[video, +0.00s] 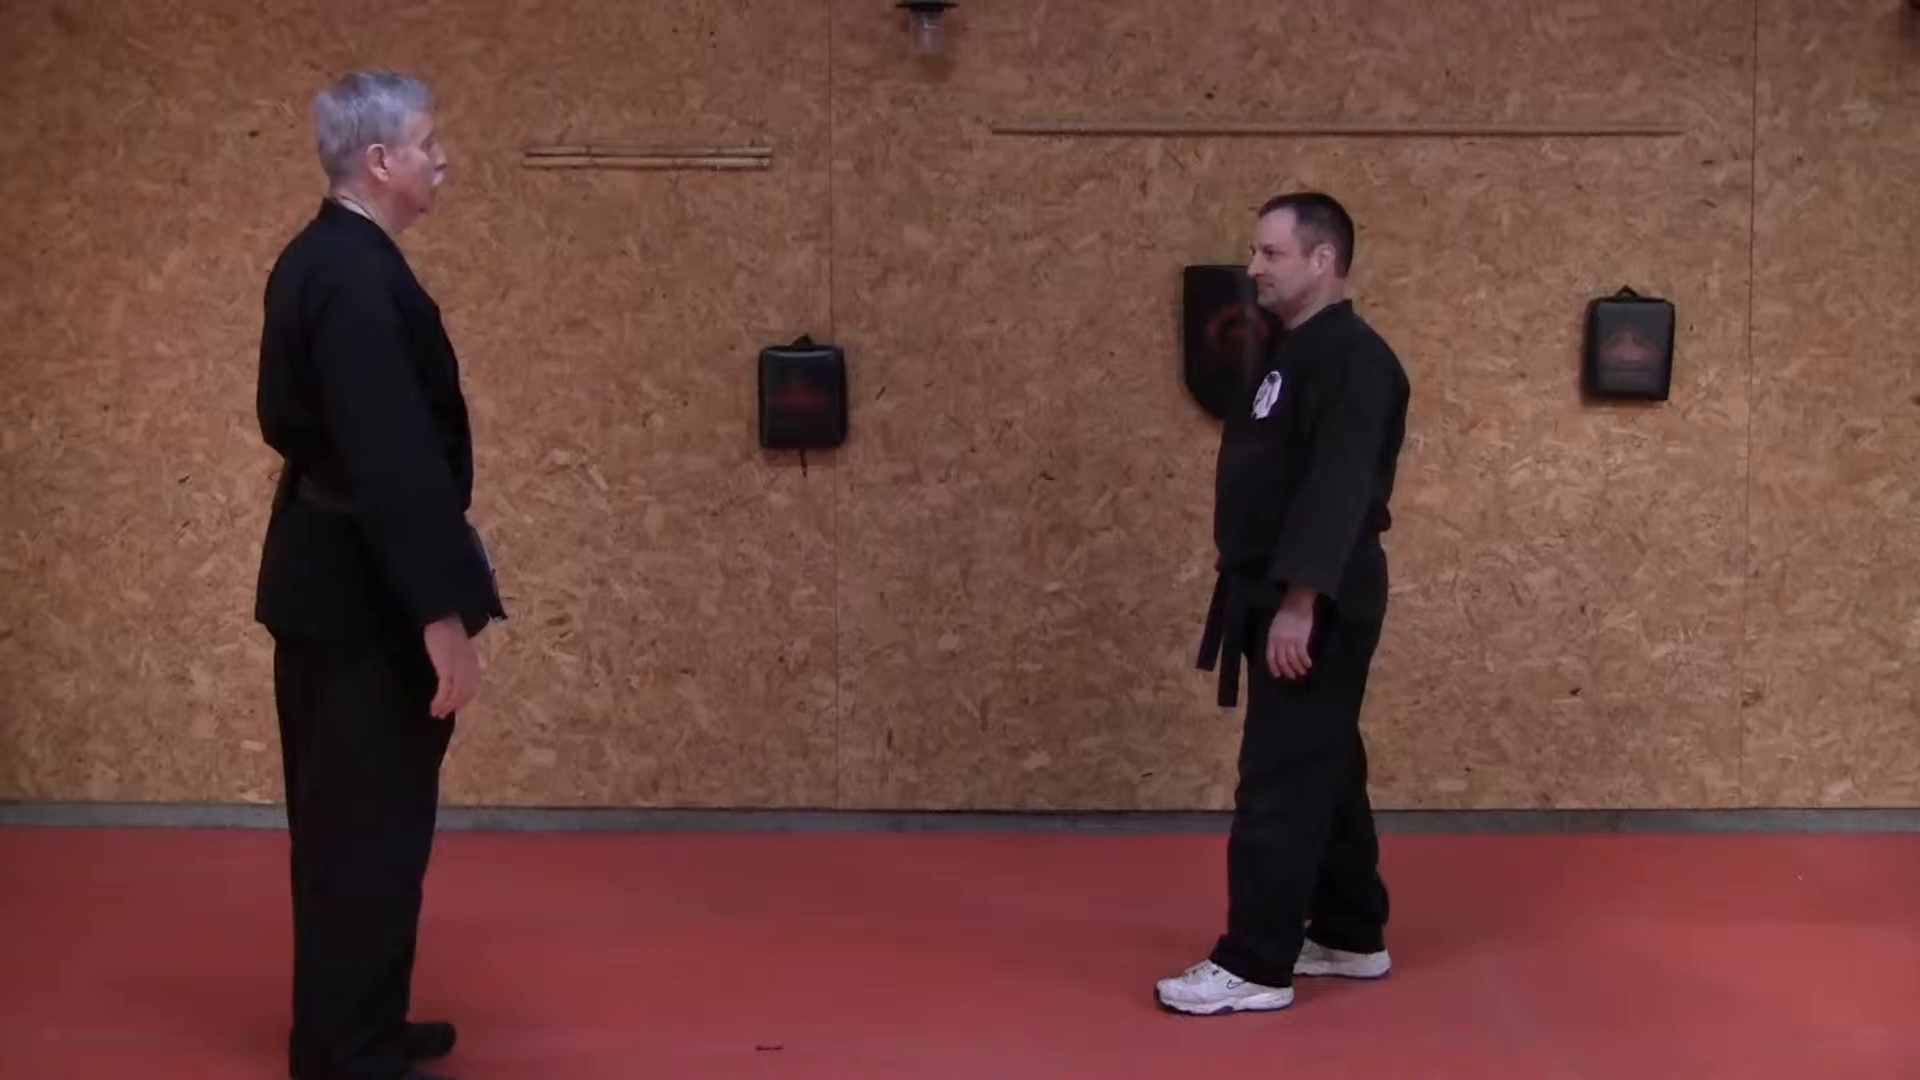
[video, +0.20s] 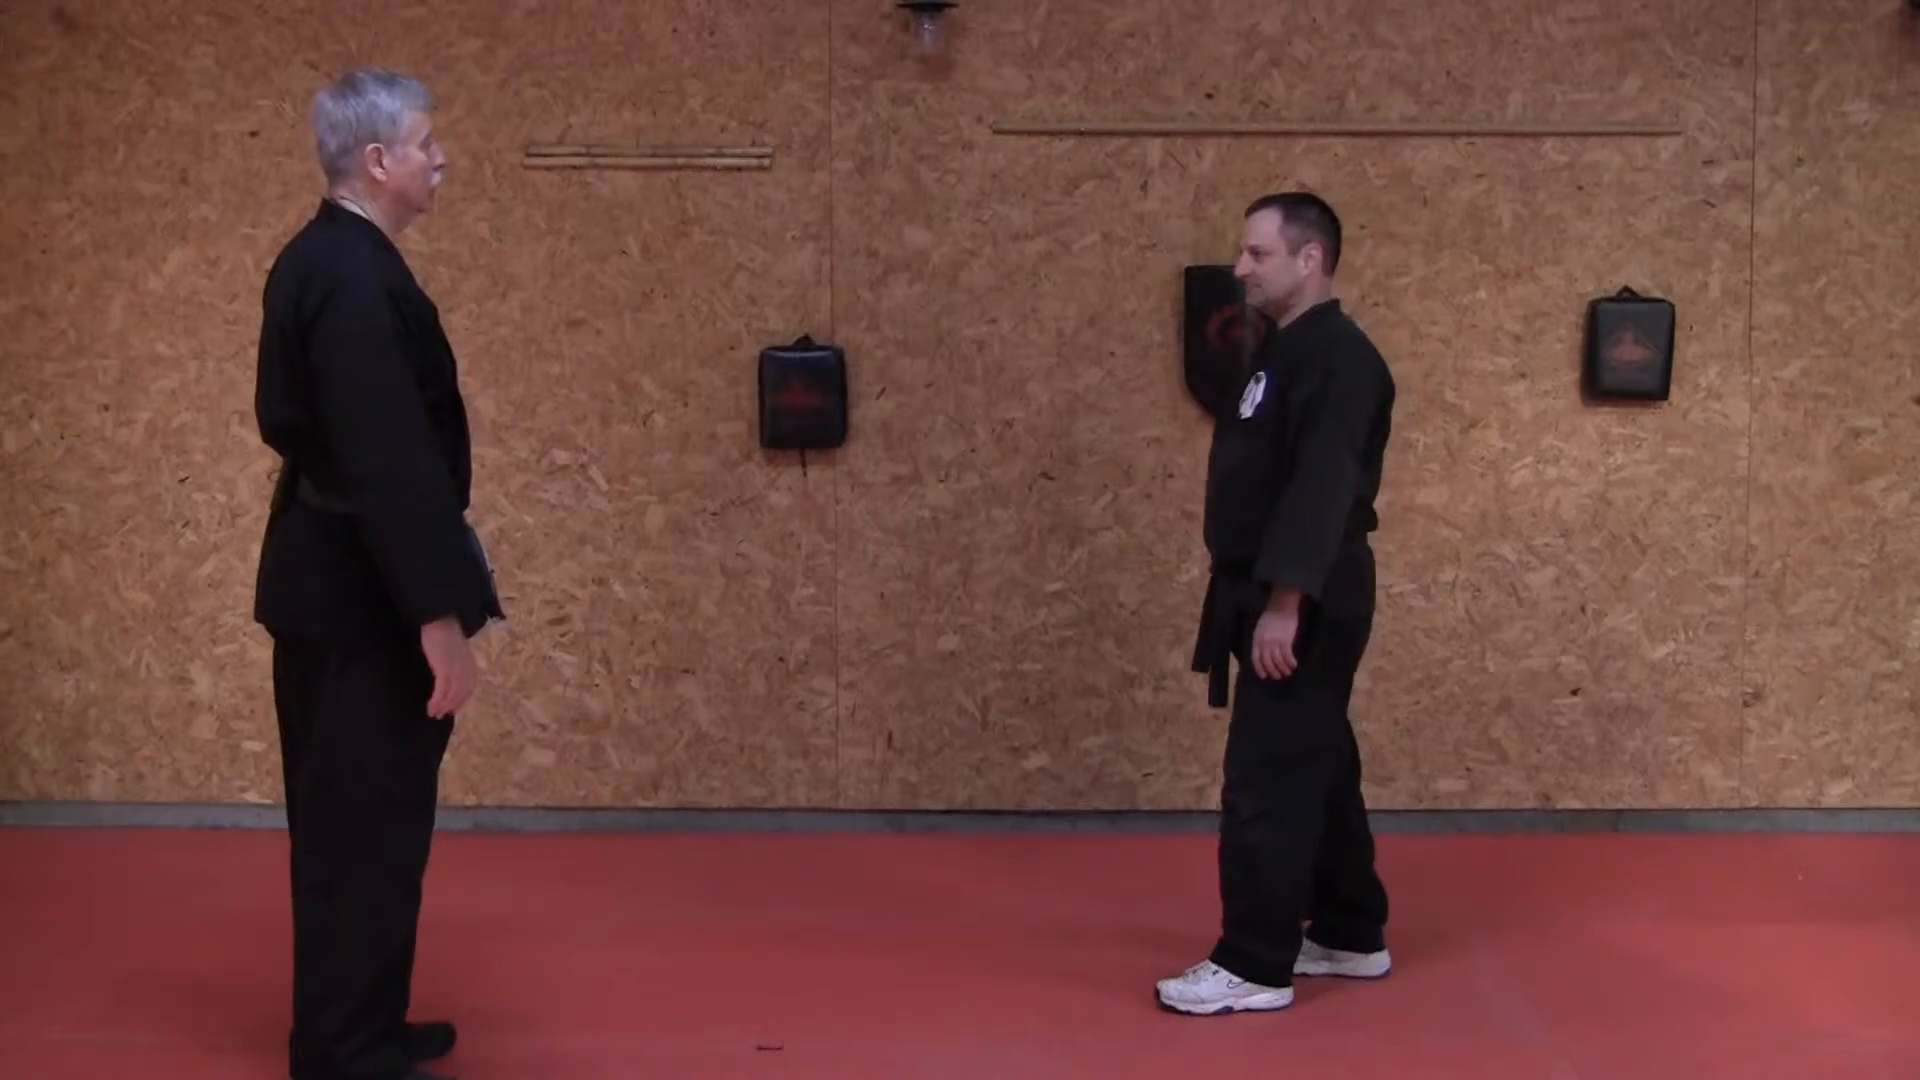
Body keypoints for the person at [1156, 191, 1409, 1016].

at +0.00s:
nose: (1256, 268)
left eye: (1272, 254)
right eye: (1255, 253)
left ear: (1326, 261)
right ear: (1302, 262)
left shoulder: (1355, 358)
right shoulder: (1293, 353)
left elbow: (1339, 489)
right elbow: (1280, 478)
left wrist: (1301, 599)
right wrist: (1249, 591)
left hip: (1320, 603)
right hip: (1286, 596)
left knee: (1279, 781)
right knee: (1322, 769)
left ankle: (1255, 962)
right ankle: (1350, 935)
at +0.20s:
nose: (1242, 269)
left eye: (1258, 254)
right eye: (1241, 254)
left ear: (1311, 259)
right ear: (1295, 261)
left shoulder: (1339, 356)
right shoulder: (1288, 351)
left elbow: (1322, 490)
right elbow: (1275, 474)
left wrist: (1285, 599)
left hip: (1308, 601)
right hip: (1282, 595)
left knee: (1265, 781)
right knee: (1316, 768)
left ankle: (1253, 963)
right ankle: (1351, 935)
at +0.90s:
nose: (1084, 293)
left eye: (1099, 278)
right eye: (1084, 277)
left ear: (1156, 281)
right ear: (1139, 283)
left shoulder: (1174, 369)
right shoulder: (1135, 366)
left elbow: (1165, 499)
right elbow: (1101, 442)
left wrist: (1110, 603)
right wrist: (1023, 411)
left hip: (1146, 627)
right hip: (1146, 627)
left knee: (1060, 782)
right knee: (1231, 777)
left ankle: (1026, 973)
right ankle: (1329, 913)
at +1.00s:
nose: (1033, 286)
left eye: (1049, 272)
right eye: (1033, 271)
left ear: (1106, 277)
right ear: (1079, 277)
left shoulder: (1129, 381)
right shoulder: (1061, 367)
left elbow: (1126, 510)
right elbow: (1011, 412)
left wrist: (1083, 612)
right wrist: (949, 382)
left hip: (1090, 630)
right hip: (1046, 622)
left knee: (1018, 793)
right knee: (1130, 770)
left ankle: (1019, 976)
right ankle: (1273, 884)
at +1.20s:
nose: (928, 280)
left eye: (945, 267)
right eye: (925, 265)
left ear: (1003, 272)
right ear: (931, 270)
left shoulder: (1047, 382)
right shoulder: (908, 368)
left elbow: (1086, 512)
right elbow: (806, 410)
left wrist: (1063, 625)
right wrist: (777, 367)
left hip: (1005, 639)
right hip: (917, 631)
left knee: (991, 810)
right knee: (878, 789)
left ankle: (1018, 980)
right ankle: (938, 944)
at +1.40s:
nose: (793, 288)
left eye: (812, 275)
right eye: (790, 272)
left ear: (869, 283)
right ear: (790, 277)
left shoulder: (926, 393)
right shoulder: (741, 379)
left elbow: (1001, 494)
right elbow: (628, 399)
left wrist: (1040, 601)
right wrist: (553, 355)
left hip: (898, 652)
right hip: (775, 649)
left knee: (958, 819)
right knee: (690, 807)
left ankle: (1011, 980)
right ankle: (604, 983)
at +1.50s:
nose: (731, 323)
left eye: (754, 309)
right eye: (723, 305)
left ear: (798, 316)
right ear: (709, 305)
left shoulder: (837, 414)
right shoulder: (648, 399)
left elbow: (921, 502)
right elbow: (521, 393)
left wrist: (988, 600)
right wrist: (419, 353)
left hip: (812, 680)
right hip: (688, 680)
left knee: (901, 834)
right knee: (607, 845)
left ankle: (972, 970)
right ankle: (548, 1025)